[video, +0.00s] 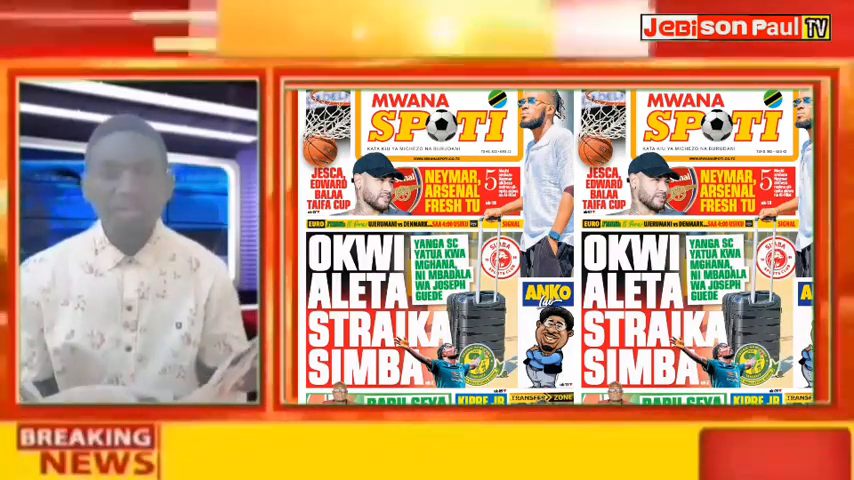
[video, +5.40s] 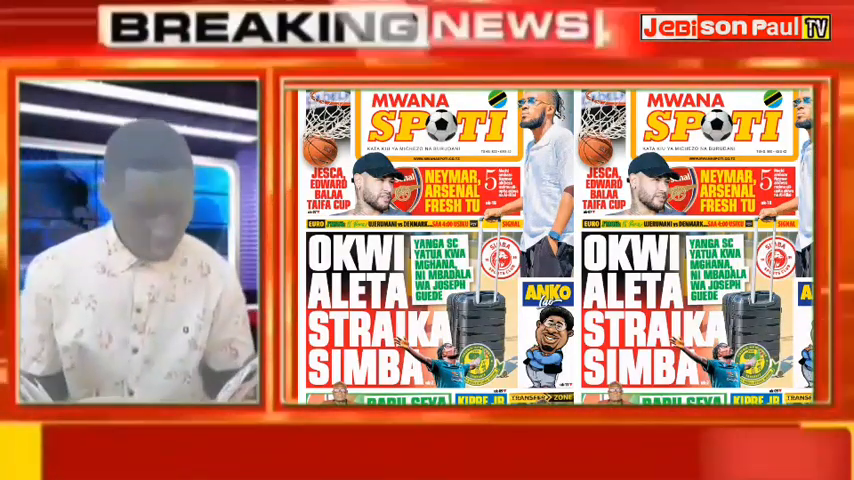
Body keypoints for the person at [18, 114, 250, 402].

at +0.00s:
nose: (127, 187)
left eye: (143, 171)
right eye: (110, 173)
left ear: (169, 184)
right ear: (86, 187)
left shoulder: (208, 274)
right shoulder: (39, 276)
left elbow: (231, 385)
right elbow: (28, 394)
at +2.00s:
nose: (113, 227)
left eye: (128, 208)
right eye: (95, 210)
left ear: (162, 195)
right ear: (74, 199)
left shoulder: (207, 286)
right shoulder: (36, 289)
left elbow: (231, 402)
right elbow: (32, 411)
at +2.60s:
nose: (140, 191)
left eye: (156, 173)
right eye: (122, 174)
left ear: (185, 187)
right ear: (99, 188)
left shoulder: (225, 277)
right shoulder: (58, 278)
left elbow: (252, 391)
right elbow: (41, 402)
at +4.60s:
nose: (131, 232)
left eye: (148, 213)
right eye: (114, 214)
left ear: (176, 195)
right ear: (90, 195)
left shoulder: (215, 276)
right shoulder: (53, 280)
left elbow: (241, 384)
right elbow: (43, 394)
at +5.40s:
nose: (163, 227)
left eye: (176, 208)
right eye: (145, 211)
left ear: (193, 194)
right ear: (108, 196)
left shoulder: (216, 275)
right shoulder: (54, 272)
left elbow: (233, 383)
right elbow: (40, 389)